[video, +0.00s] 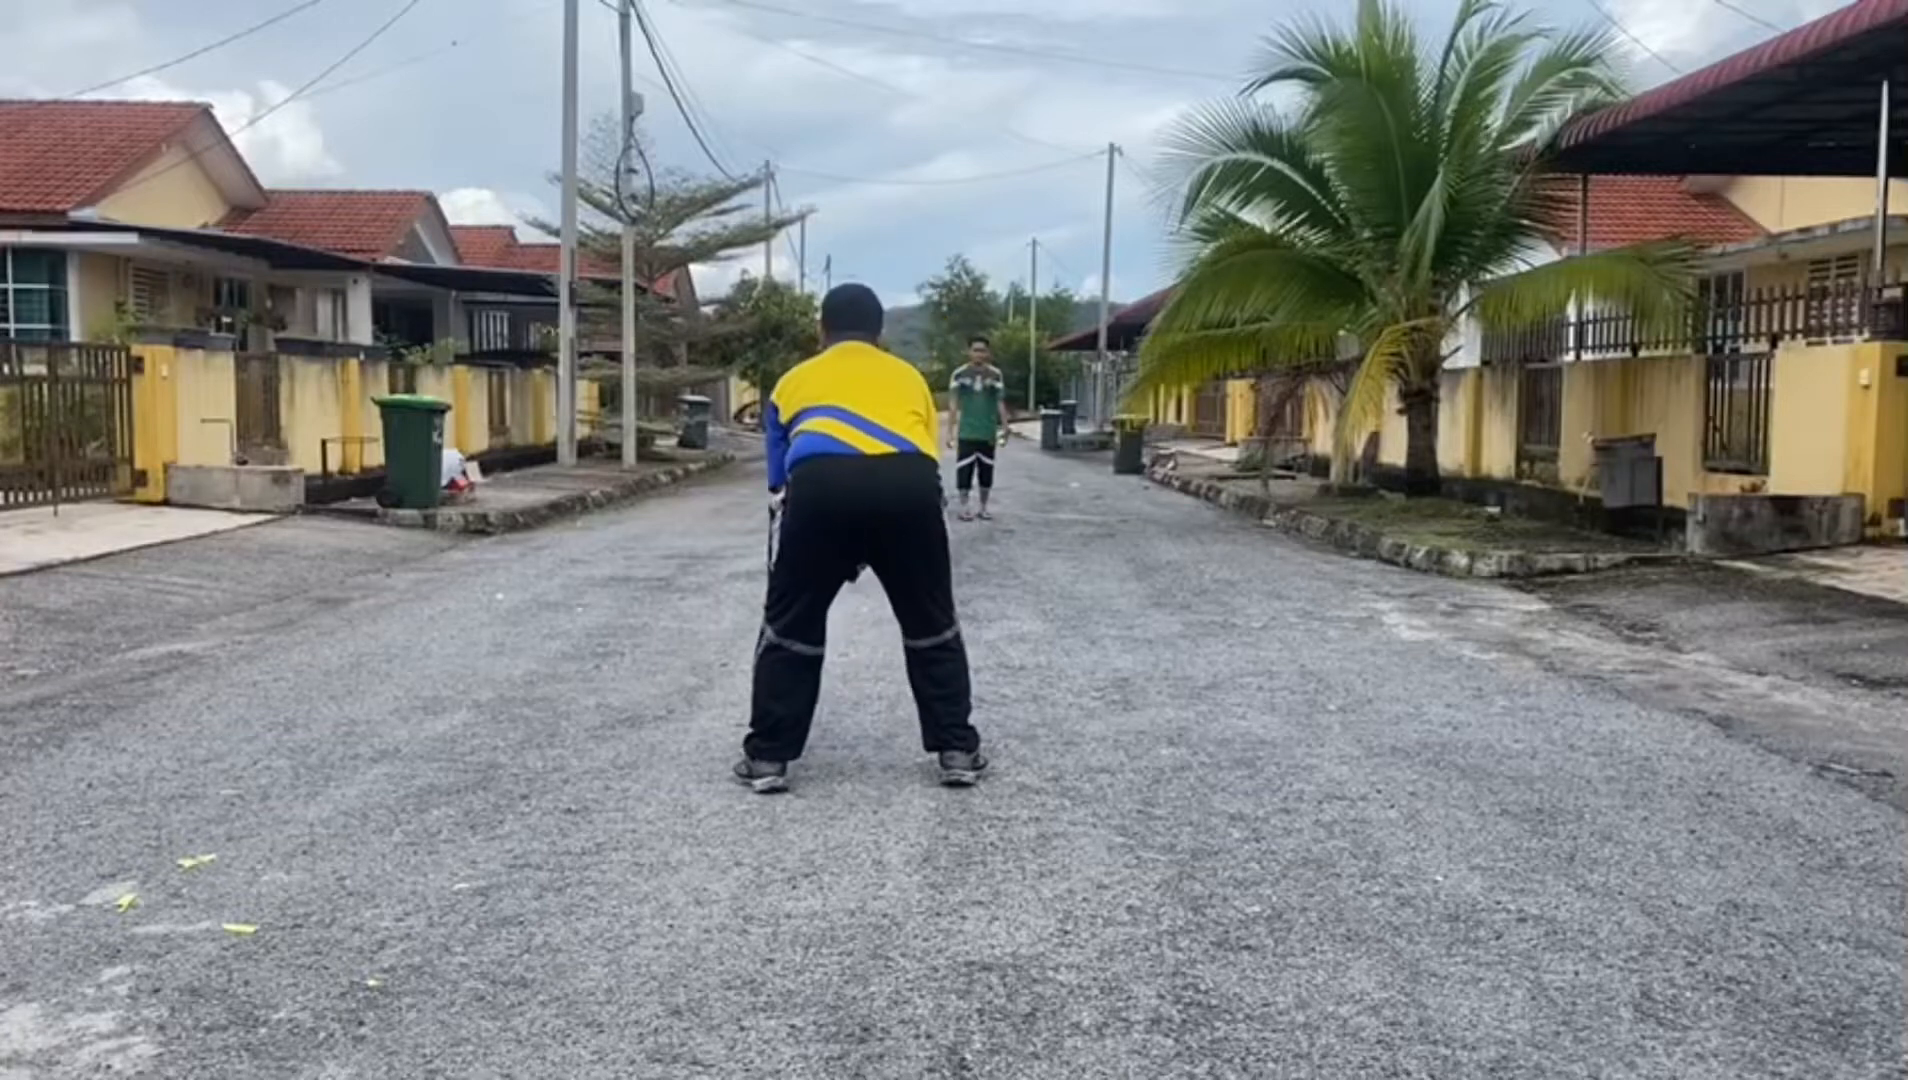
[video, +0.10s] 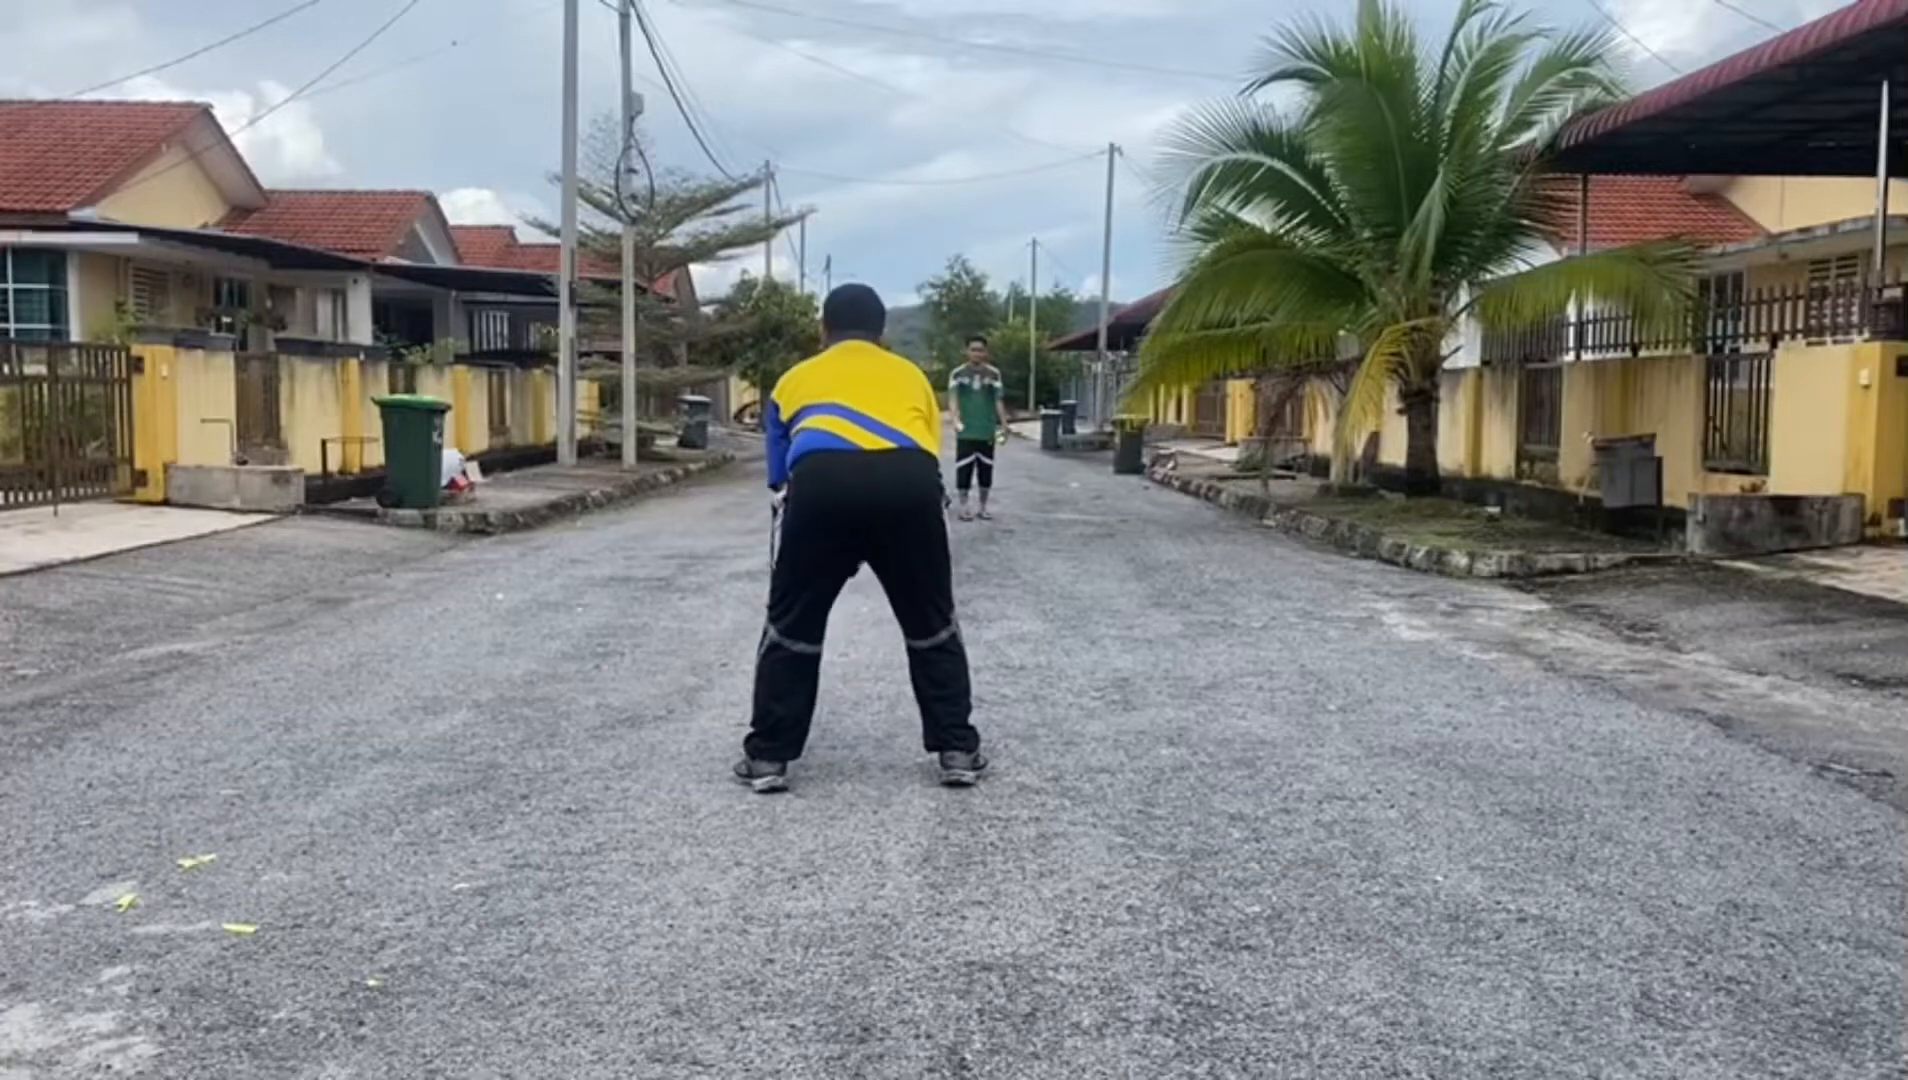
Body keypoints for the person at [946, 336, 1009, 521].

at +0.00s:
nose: (979, 354)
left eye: (983, 350)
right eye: (975, 350)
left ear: (988, 353)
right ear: (969, 352)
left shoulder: (995, 374)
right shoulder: (959, 375)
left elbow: (1000, 402)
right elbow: (953, 406)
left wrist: (1005, 425)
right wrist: (950, 432)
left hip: (988, 432)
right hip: (966, 431)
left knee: (986, 474)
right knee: (964, 473)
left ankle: (983, 507)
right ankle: (964, 507)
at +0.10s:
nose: (977, 354)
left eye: (981, 350)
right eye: (973, 350)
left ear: (986, 353)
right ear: (967, 352)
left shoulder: (993, 374)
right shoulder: (957, 374)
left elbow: (998, 401)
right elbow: (953, 399)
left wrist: (1004, 424)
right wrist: (956, 420)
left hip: (987, 430)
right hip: (966, 430)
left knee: (985, 472)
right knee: (964, 472)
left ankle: (983, 507)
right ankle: (964, 506)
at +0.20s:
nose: (975, 354)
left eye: (978, 349)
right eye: (971, 349)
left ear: (984, 352)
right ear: (965, 352)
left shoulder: (991, 373)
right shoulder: (956, 374)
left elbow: (997, 400)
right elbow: (952, 401)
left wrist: (1002, 422)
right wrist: (956, 397)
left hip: (986, 431)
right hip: (964, 432)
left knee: (985, 474)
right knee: (963, 474)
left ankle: (983, 507)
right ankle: (964, 506)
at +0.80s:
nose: (970, 355)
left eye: (973, 351)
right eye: (966, 351)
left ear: (980, 352)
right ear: (961, 354)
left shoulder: (991, 372)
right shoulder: (956, 377)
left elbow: (997, 398)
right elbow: (952, 404)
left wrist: (1001, 422)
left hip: (988, 431)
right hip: (967, 432)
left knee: (987, 474)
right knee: (964, 473)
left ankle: (983, 507)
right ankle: (963, 505)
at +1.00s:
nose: (970, 359)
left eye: (973, 354)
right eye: (966, 355)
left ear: (980, 354)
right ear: (961, 358)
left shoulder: (993, 373)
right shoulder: (959, 379)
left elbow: (1002, 398)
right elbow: (957, 404)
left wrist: (1005, 422)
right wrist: (954, 423)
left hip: (993, 429)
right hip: (973, 430)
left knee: (990, 471)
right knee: (969, 468)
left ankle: (983, 506)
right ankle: (964, 504)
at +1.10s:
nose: (968, 360)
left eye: (971, 355)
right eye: (964, 356)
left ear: (978, 356)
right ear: (960, 359)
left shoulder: (992, 373)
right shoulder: (962, 378)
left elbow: (1003, 398)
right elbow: (957, 379)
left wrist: (1008, 422)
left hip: (995, 428)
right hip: (975, 428)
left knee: (991, 470)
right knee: (972, 465)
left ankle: (984, 507)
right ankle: (965, 503)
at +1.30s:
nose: (966, 360)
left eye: (969, 355)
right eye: (963, 356)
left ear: (977, 356)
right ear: (959, 359)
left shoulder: (991, 373)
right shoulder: (960, 379)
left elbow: (1003, 398)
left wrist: (1009, 421)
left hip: (996, 428)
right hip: (975, 428)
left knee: (992, 468)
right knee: (975, 466)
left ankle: (984, 507)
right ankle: (970, 506)